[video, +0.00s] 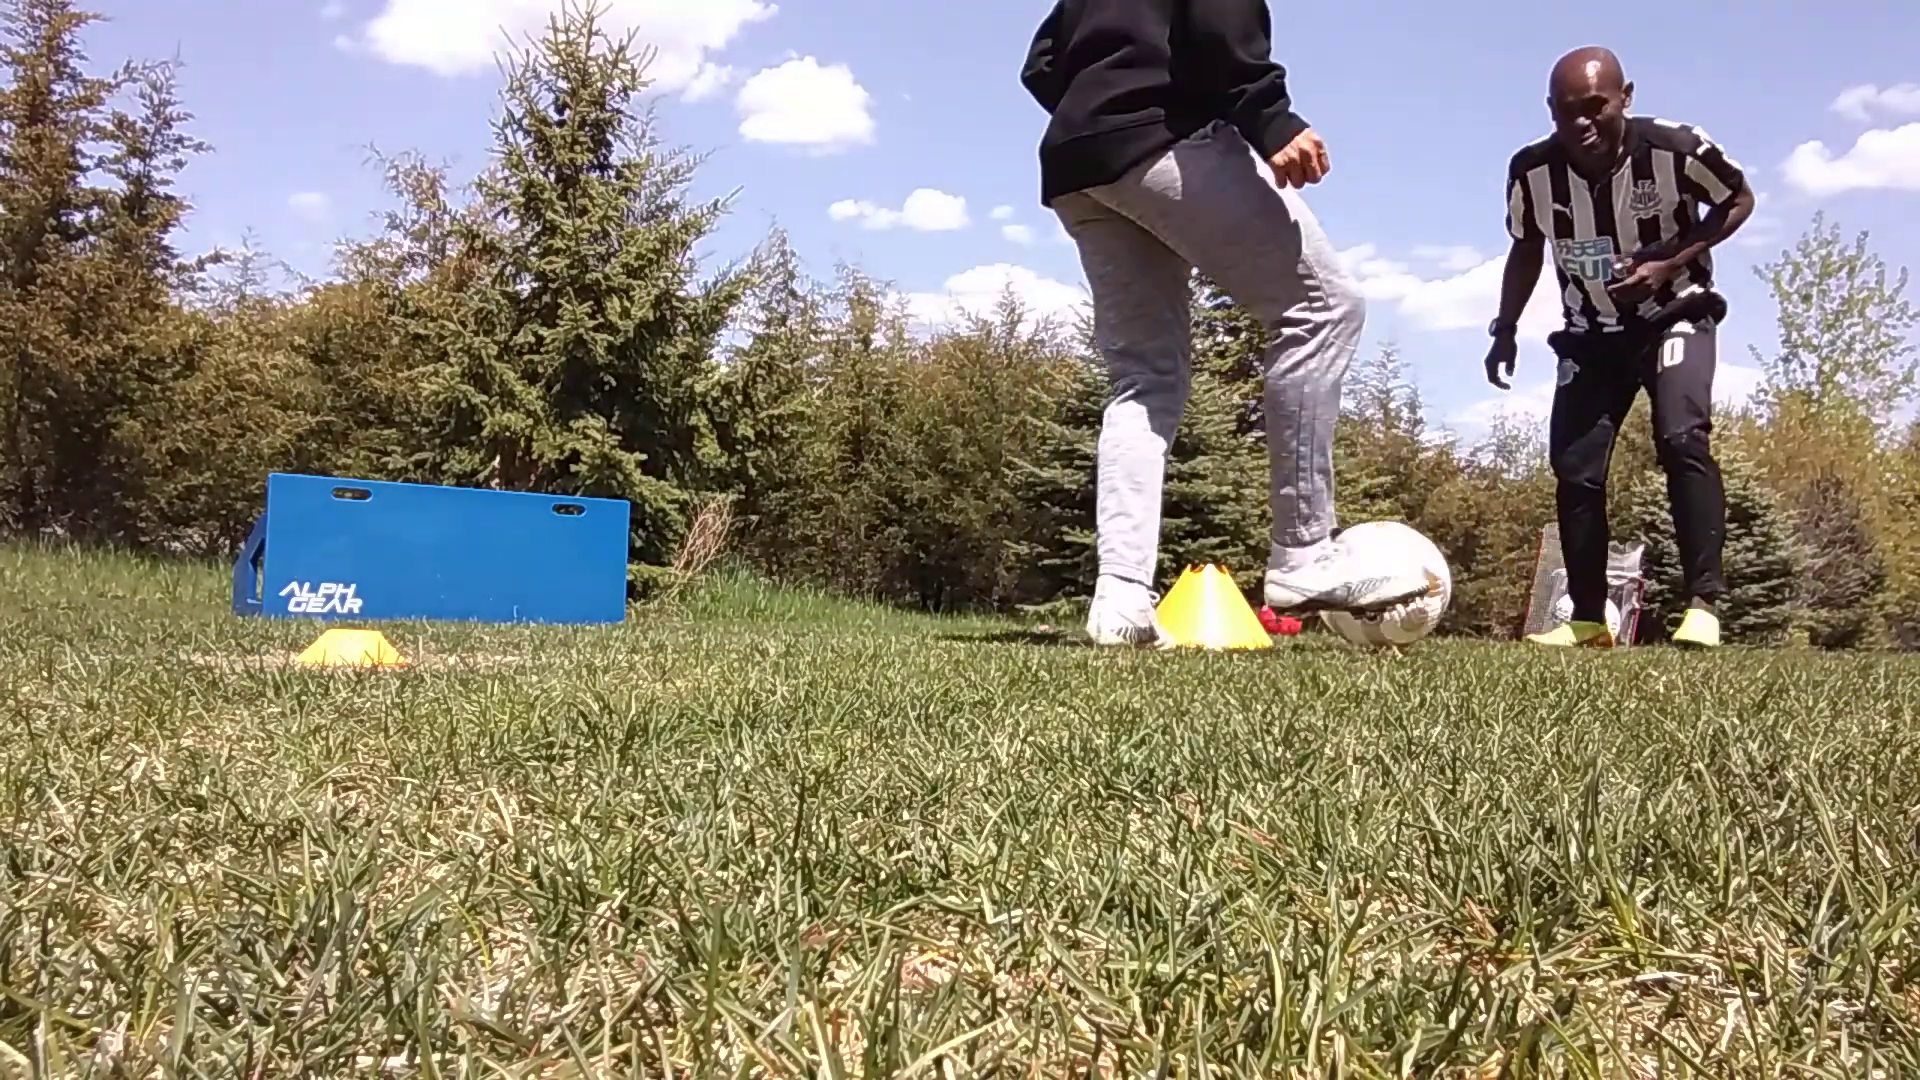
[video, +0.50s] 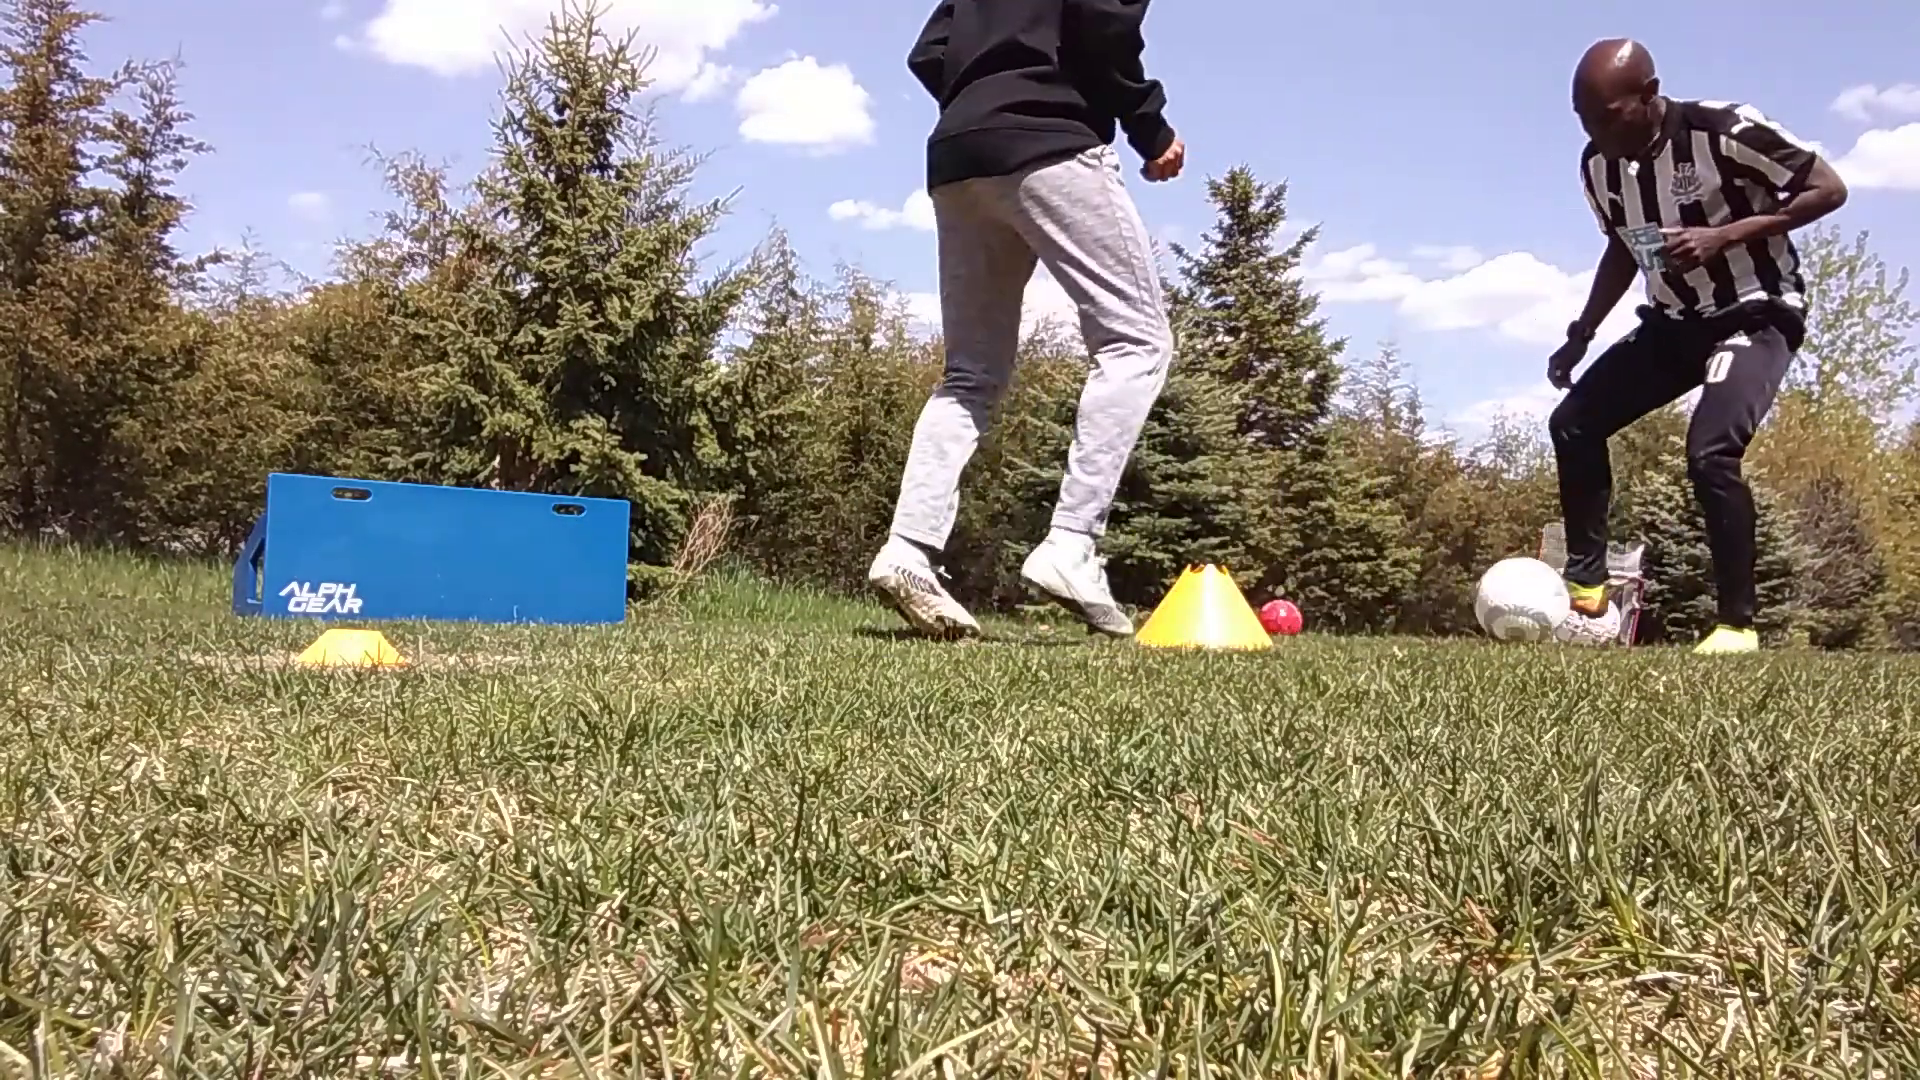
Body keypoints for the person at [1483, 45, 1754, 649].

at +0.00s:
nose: (1580, 121)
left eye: (1594, 106)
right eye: (1566, 109)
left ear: (1625, 99)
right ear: (1551, 109)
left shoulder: (1675, 147)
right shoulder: (1531, 170)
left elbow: (1739, 199)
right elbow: (1527, 247)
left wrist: (1674, 261)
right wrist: (1506, 326)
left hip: (1675, 321)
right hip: (1592, 334)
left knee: (1682, 443)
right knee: (1574, 470)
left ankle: (1703, 607)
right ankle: (1588, 618)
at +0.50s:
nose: (1591, 131)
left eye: (1600, 116)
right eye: (1585, 118)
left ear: (1647, 97)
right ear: (1585, 108)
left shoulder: (1725, 130)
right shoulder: (1599, 165)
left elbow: (1828, 188)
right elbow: (1623, 248)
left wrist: (1726, 234)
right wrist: (1583, 331)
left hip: (1756, 318)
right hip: (1676, 324)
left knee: (1710, 451)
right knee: (1573, 423)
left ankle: (1737, 626)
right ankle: (1585, 585)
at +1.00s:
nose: (1572, 134)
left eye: (1585, 117)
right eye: (1566, 120)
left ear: (1630, 103)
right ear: (1563, 117)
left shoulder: (1704, 142)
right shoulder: (1574, 182)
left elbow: (1801, 190)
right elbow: (1590, 262)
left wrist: (1722, 245)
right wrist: (1559, 347)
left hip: (1736, 320)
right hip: (1660, 340)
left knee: (1719, 446)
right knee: (1635, 469)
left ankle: (1737, 623)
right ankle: (1638, 624)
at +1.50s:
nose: (1612, 128)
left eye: (1620, 112)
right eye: (1606, 115)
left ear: (1663, 93)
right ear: (1612, 106)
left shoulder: (1745, 129)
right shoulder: (1620, 158)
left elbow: (1844, 187)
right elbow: (1643, 236)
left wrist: (1747, 207)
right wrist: (1601, 310)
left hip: (1755, 323)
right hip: (1682, 333)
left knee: (1733, 453)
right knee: (1640, 459)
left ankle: (1753, 624)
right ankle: (1637, 615)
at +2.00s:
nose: (1602, 143)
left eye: (1613, 130)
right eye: (1599, 129)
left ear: (1660, 114)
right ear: (1601, 121)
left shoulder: (1734, 135)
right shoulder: (1611, 181)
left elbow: (1836, 179)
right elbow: (1649, 255)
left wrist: (1745, 218)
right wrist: (1639, 343)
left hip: (1769, 316)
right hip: (1692, 334)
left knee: (1737, 450)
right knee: (1668, 472)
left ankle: (1755, 622)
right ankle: (1690, 623)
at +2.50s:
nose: (1607, 114)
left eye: (1621, 100)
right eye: (1597, 103)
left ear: (1657, 92)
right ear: (1587, 102)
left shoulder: (1721, 133)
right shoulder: (1588, 171)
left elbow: (1808, 188)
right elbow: (1604, 253)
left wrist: (1725, 220)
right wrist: (1580, 333)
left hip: (1742, 319)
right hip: (1667, 338)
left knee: (1735, 457)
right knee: (1677, 479)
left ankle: (1754, 622)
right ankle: (1689, 625)